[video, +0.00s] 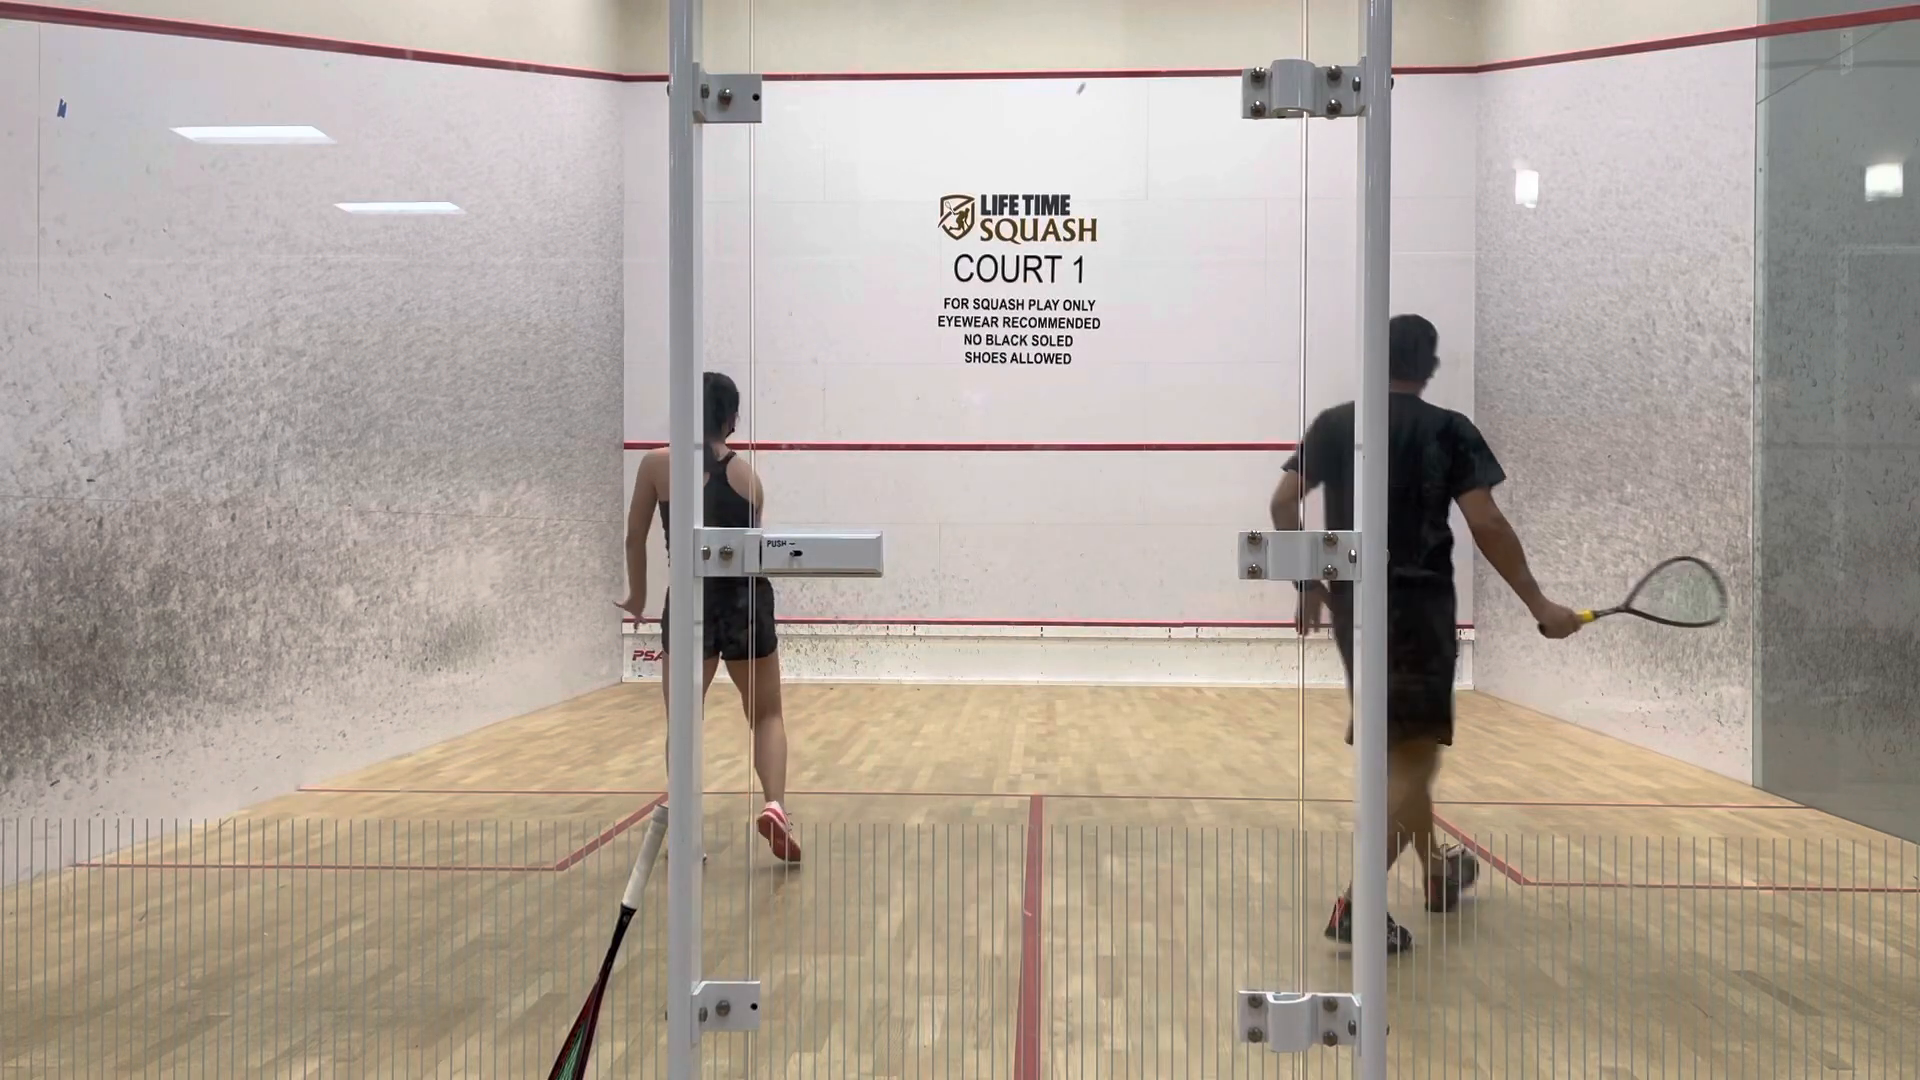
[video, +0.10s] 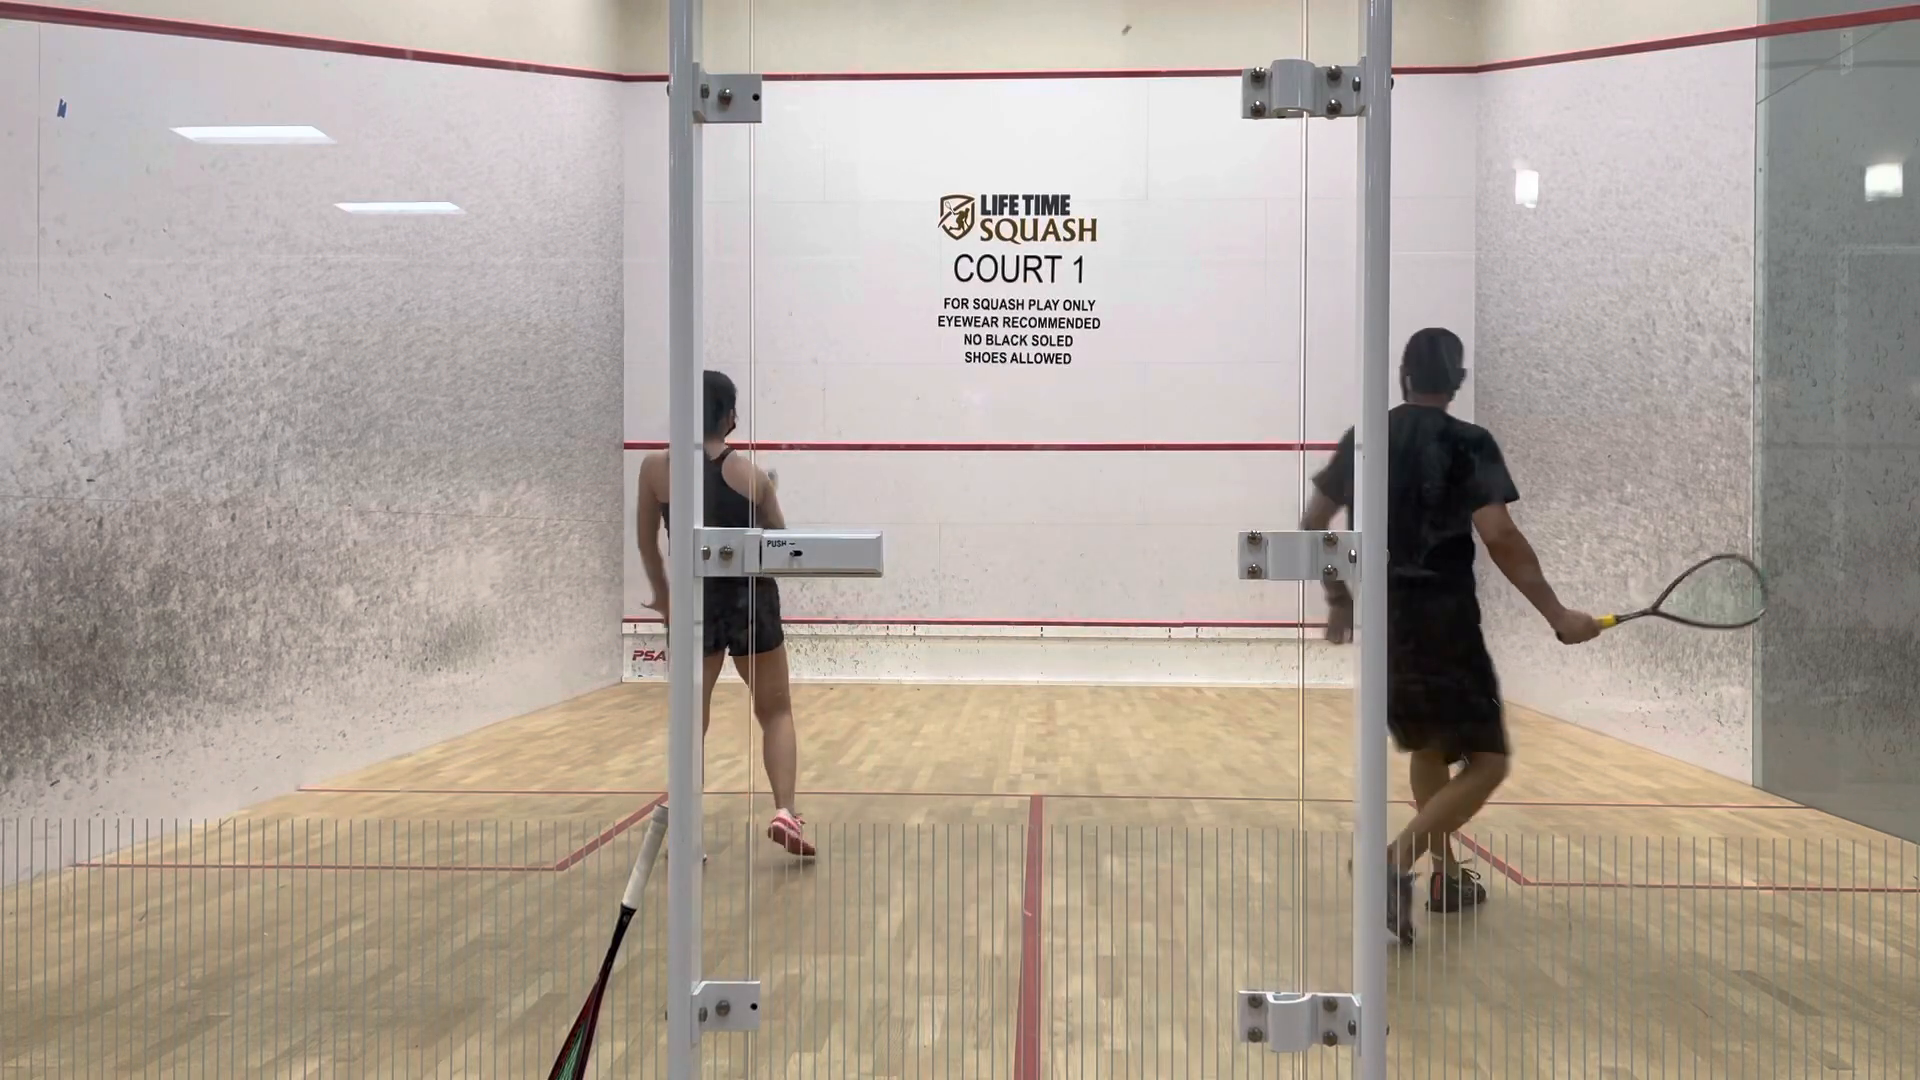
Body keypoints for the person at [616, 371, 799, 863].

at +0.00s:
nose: (735, 421)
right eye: (735, 414)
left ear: (685, 412)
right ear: (732, 418)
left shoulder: (656, 465)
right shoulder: (746, 475)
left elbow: (635, 538)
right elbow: (755, 543)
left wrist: (637, 595)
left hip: (687, 605)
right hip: (747, 606)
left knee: (680, 720)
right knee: (766, 714)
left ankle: (681, 823)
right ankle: (774, 805)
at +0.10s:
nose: (738, 417)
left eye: (733, 410)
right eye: (736, 411)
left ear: (684, 413)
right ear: (730, 418)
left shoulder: (656, 470)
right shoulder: (749, 473)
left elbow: (647, 544)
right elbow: (782, 541)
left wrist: (661, 591)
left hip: (693, 604)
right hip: (751, 604)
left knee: (690, 721)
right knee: (775, 708)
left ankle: (679, 825)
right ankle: (786, 809)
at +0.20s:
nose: (739, 416)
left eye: (736, 409)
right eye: (738, 410)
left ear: (687, 413)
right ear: (733, 415)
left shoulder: (662, 470)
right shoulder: (758, 472)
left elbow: (667, 544)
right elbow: (805, 536)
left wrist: (707, 567)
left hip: (701, 601)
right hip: (760, 599)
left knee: (695, 722)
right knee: (789, 707)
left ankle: (683, 828)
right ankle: (808, 816)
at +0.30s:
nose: (751, 424)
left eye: (746, 417)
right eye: (750, 418)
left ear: (699, 422)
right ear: (744, 423)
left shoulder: (676, 477)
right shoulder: (770, 474)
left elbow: (688, 532)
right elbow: (811, 529)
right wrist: (853, 543)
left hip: (709, 605)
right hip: (770, 602)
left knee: (699, 721)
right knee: (807, 708)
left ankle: (684, 817)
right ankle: (837, 814)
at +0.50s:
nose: (802, 442)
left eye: (798, 435)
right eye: (797, 436)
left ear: (750, 444)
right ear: (788, 443)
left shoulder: (732, 492)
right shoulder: (810, 492)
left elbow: (730, 553)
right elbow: (834, 559)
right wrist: (892, 569)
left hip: (742, 624)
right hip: (799, 626)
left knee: (711, 731)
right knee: (856, 711)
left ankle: (688, 833)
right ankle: (884, 813)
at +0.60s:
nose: (844, 433)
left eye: (840, 425)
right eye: (837, 427)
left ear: (795, 440)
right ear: (823, 437)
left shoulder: (778, 484)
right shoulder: (849, 488)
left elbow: (784, 544)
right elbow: (868, 555)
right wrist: (923, 577)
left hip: (783, 613)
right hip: (835, 616)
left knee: (742, 724)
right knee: (879, 716)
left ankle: (693, 815)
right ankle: (890, 818)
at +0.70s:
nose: (883, 424)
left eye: (879, 417)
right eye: (876, 420)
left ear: (839, 435)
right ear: (861, 432)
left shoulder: (823, 477)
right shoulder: (882, 482)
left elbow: (826, 538)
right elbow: (899, 549)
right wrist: (952, 577)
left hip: (820, 610)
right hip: (867, 613)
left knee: (795, 718)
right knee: (899, 715)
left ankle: (734, 792)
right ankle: (892, 818)